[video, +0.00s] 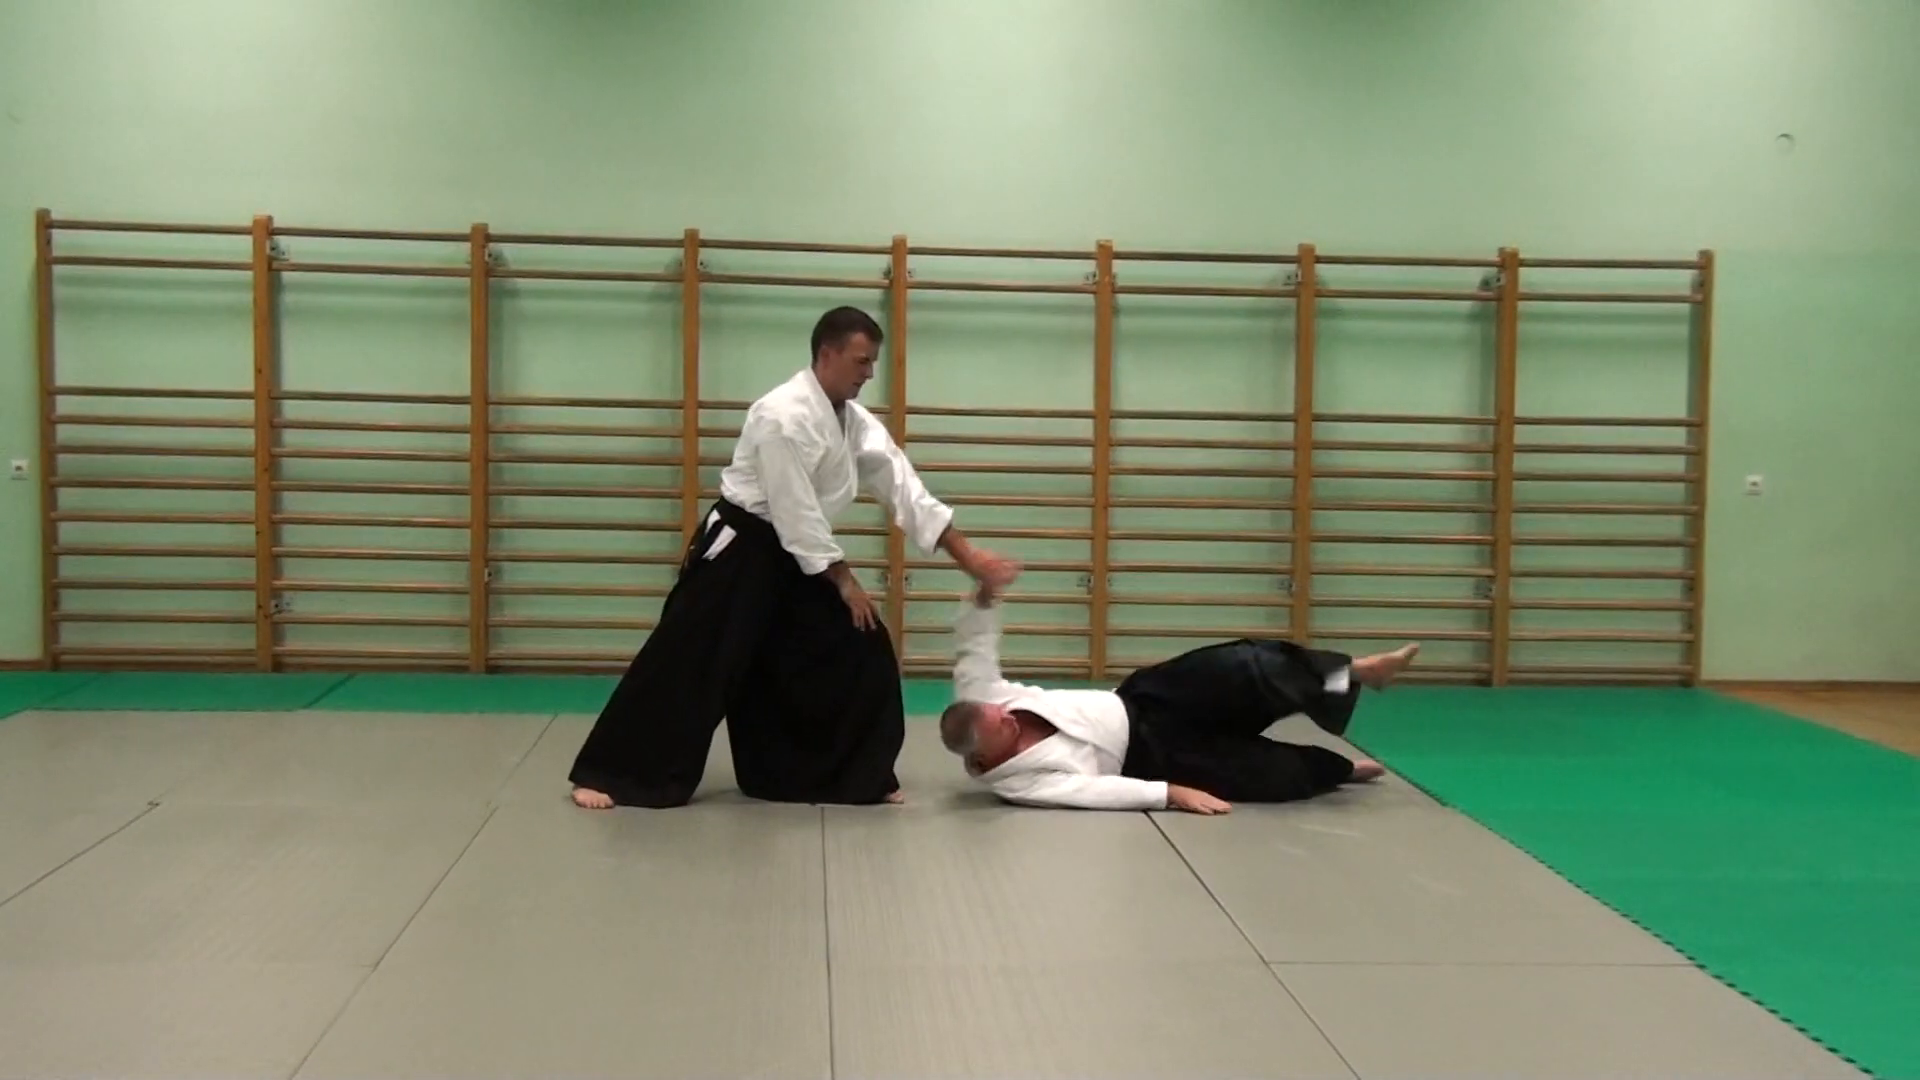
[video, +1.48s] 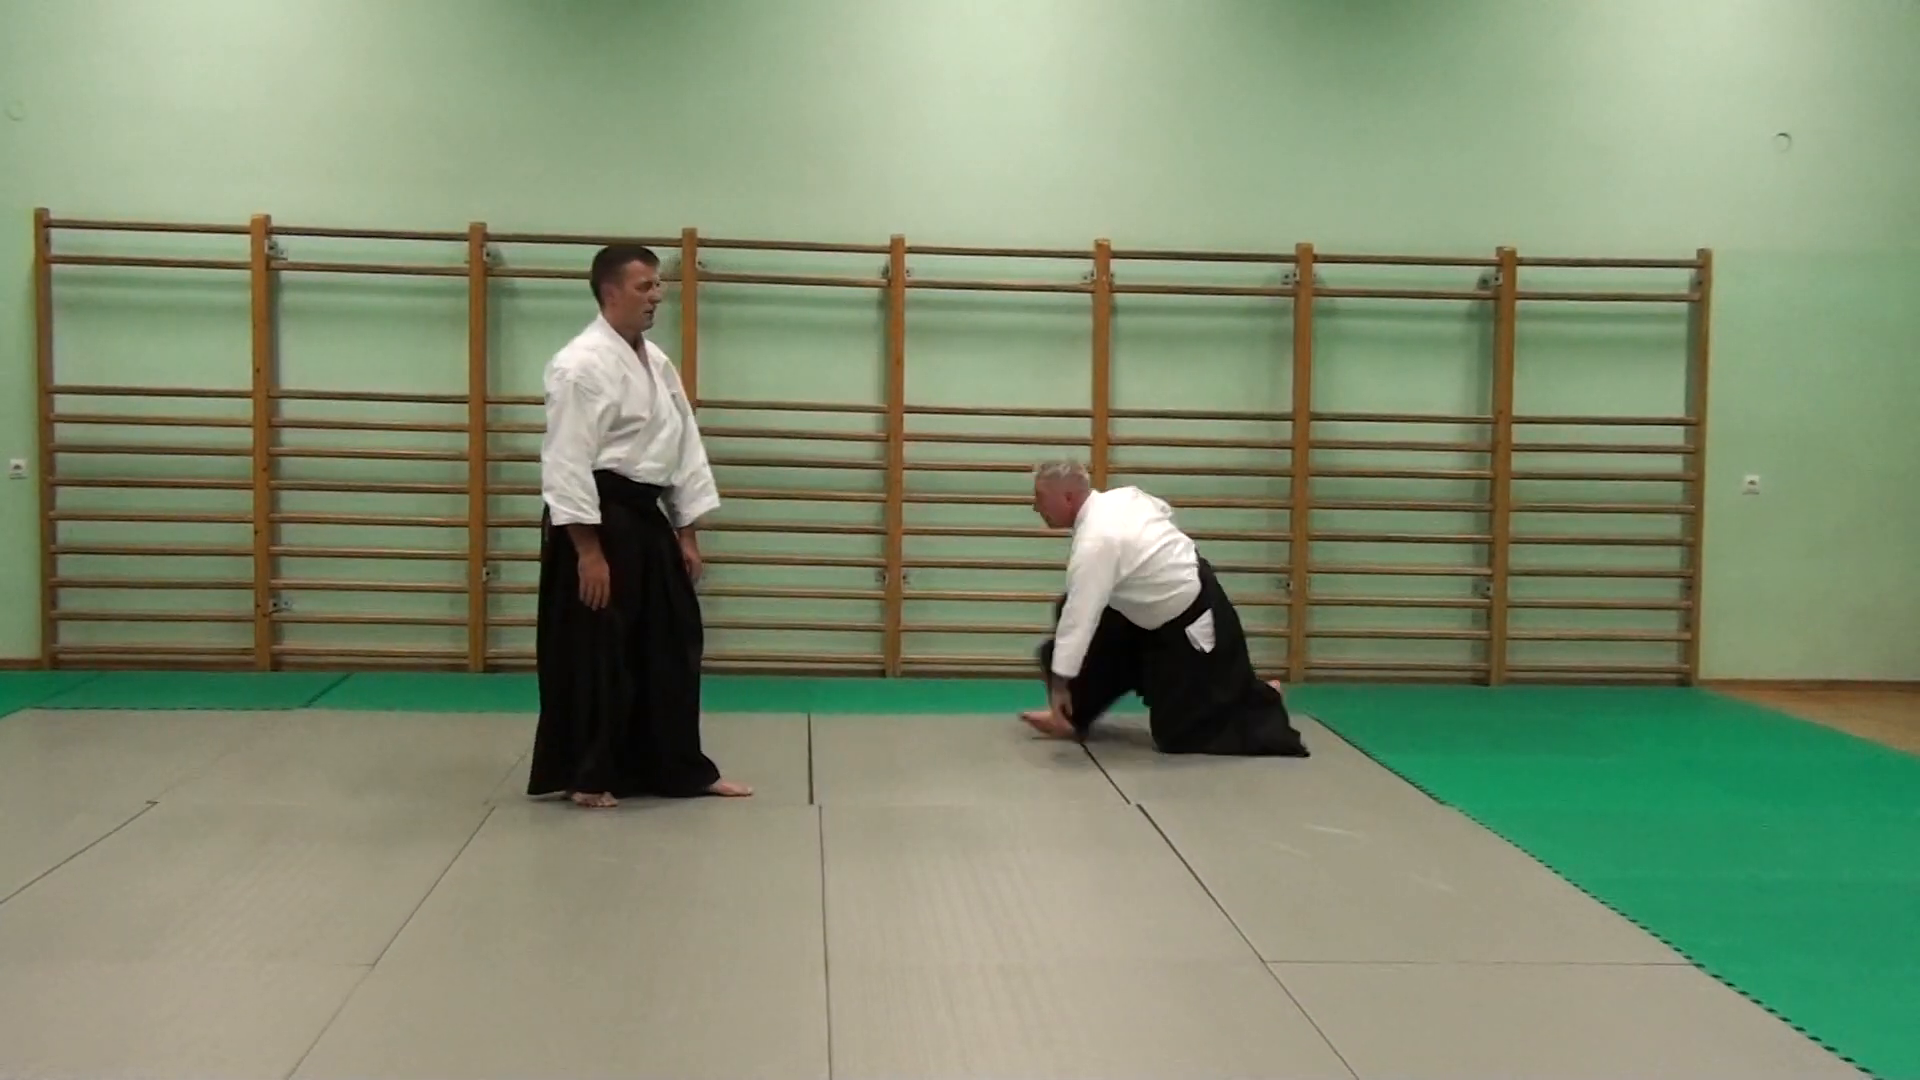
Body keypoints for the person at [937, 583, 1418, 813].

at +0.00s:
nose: (1013, 718)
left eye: (1006, 712)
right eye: (1004, 727)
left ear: (990, 704)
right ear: (984, 755)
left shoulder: (985, 697)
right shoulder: (1024, 781)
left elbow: (973, 646)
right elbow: (1094, 791)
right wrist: (1166, 794)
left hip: (1143, 698)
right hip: (1153, 758)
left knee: (1248, 667)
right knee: (1265, 773)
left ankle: (1351, 675)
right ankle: (1336, 767)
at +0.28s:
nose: (1062, 634)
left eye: (1056, 628)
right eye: (1052, 633)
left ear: (1044, 634)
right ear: (1029, 651)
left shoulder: (1052, 650)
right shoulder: (1032, 715)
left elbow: (1097, 654)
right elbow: (1093, 774)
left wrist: (1136, 653)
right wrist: (1162, 794)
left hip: (1160, 704)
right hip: (1156, 753)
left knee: (1250, 668)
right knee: (1275, 732)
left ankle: (1345, 704)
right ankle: (1374, 742)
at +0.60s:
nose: (1119, 569)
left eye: (1114, 564)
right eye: (1116, 563)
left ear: (1067, 574)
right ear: (1110, 567)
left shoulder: (1044, 628)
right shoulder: (1130, 603)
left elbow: (1024, 703)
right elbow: (1168, 664)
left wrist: (1026, 752)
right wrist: (1219, 717)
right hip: (1169, 739)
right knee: (1272, 681)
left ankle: (1354, 730)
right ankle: (1359, 733)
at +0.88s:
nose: (1047, 589)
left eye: (1045, 581)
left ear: (1050, 578)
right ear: (1088, 556)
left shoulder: (1055, 617)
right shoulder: (1136, 571)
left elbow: (1041, 691)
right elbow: (1212, 579)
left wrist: (1034, 753)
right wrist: (1257, 605)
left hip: (1147, 715)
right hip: (1190, 672)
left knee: (1236, 748)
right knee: (1279, 678)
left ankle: (1323, 751)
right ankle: (1350, 743)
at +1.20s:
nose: (1032, 568)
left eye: (1028, 560)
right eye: (1027, 562)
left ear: (1042, 545)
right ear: (1060, 528)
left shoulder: (1074, 575)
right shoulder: (1116, 524)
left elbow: (1058, 658)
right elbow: (1176, 526)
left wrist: (1041, 740)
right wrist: (1203, 580)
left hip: (1198, 631)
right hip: (1227, 596)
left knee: (1175, 735)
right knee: (1257, 677)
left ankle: (1269, 729)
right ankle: (1298, 710)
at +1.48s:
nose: (1035, 506)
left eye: (1039, 497)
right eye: (1036, 497)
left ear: (1067, 496)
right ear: (1074, 492)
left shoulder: (1094, 539)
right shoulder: (1125, 496)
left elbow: (1077, 618)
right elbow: (1164, 512)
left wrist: (1060, 685)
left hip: (1194, 628)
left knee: (1176, 734)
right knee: (1101, 652)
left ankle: (1262, 702)